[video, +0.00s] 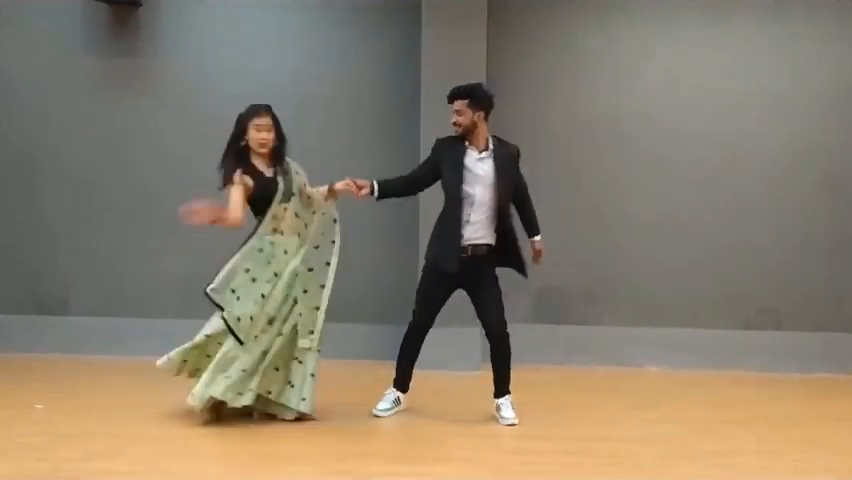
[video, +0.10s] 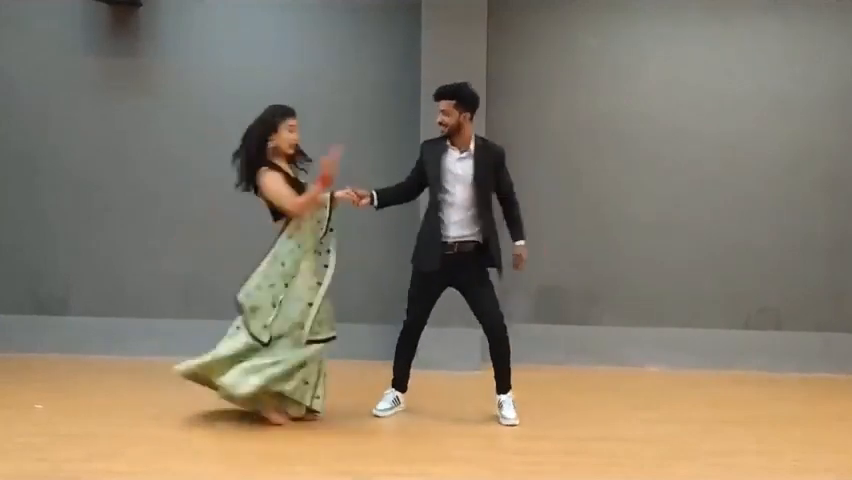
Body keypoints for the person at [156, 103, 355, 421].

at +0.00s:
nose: (265, 136)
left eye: (270, 130)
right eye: (258, 130)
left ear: (277, 134)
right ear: (244, 136)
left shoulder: (290, 169)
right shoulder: (242, 176)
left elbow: (309, 197)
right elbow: (237, 217)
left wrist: (335, 188)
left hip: (298, 251)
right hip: (267, 254)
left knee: (292, 323)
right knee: (252, 322)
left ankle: (276, 398)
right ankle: (218, 394)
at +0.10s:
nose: (297, 136)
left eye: (297, 130)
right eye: (290, 130)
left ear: (289, 136)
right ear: (271, 136)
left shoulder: (286, 172)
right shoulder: (268, 177)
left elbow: (308, 201)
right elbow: (296, 208)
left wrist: (341, 197)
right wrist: (323, 184)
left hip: (306, 264)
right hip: (291, 266)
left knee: (311, 331)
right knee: (292, 333)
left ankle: (290, 399)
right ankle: (269, 399)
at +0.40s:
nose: (326, 133)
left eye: (329, 127)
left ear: (335, 127)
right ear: (370, 127)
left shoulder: (336, 159)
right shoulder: (375, 158)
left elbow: (318, 199)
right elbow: (365, 191)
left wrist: (310, 185)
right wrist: (316, 179)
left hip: (345, 240)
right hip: (372, 239)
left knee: (332, 315)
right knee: (373, 317)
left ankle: (339, 394)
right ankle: (375, 393)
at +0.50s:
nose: (347, 129)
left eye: (353, 123)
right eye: (348, 122)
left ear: (370, 127)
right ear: (368, 129)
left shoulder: (365, 164)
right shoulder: (374, 160)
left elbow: (345, 202)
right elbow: (352, 193)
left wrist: (331, 181)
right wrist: (333, 179)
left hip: (373, 246)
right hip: (380, 243)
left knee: (366, 320)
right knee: (379, 320)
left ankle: (375, 401)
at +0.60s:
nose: (368, 129)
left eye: (375, 123)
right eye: (366, 124)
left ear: (392, 125)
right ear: (364, 128)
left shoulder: (401, 163)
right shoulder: (373, 158)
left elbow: (379, 201)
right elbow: (344, 188)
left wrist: (366, 169)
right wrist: (362, 163)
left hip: (397, 250)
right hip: (373, 248)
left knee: (395, 325)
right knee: (375, 323)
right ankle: (376, 403)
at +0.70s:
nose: (394, 130)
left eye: (399, 123)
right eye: (387, 125)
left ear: (408, 126)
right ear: (379, 132)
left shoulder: (422, 157)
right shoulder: (376, 165)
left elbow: (414, 187)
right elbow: (363, 194)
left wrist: (377, 186)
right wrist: (389, 180)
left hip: (418, 251)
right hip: (385, 253)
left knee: (421, 329)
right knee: (383, 327)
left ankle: (453, 404)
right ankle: (381, 406)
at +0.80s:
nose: (417, 131)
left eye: (420, 124)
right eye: (409, 126)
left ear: (426, 128)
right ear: (395, 134)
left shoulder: (441, 160)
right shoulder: (388, 168)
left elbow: (437, 198)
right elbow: (387, 194)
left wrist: (395, 197)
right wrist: (424, 188)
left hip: (434, 258)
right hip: (399, 259)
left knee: (434, 327)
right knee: (392, 327)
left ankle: (437, 403)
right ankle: (386, 402)